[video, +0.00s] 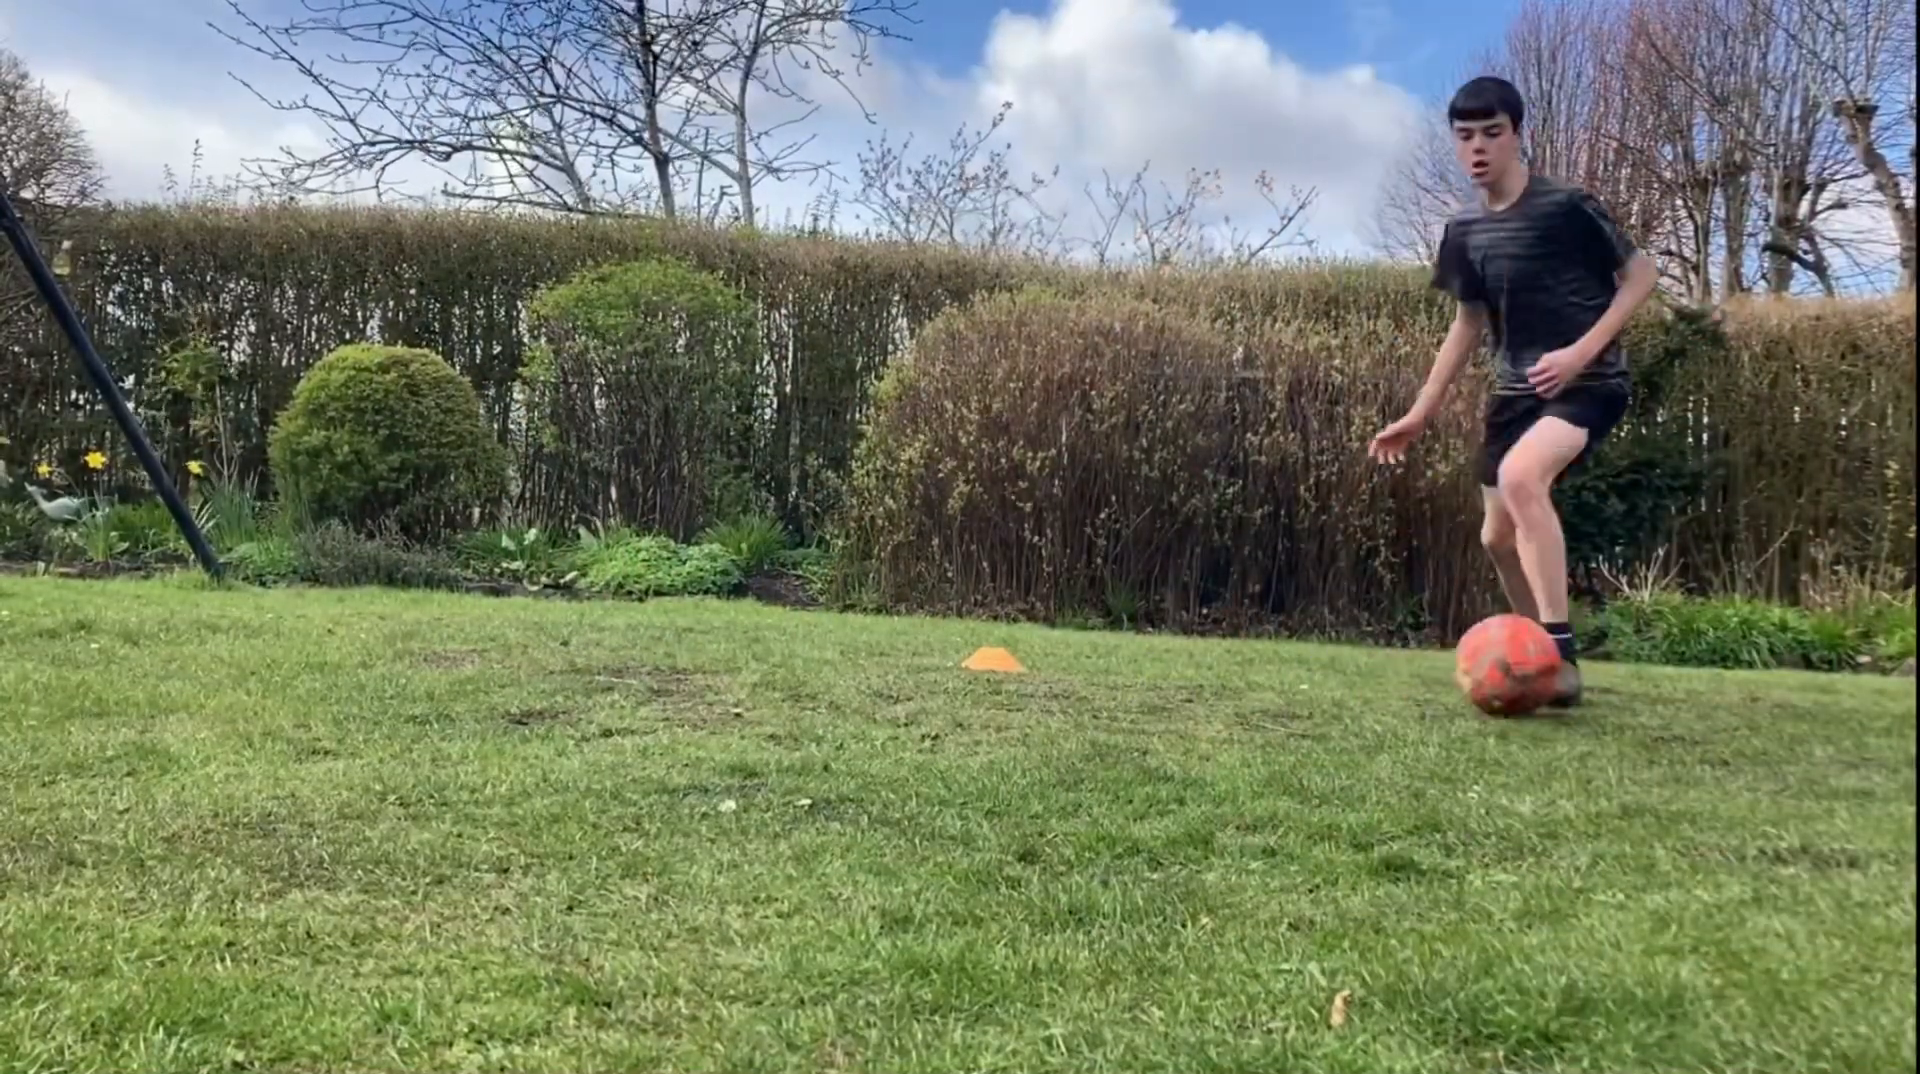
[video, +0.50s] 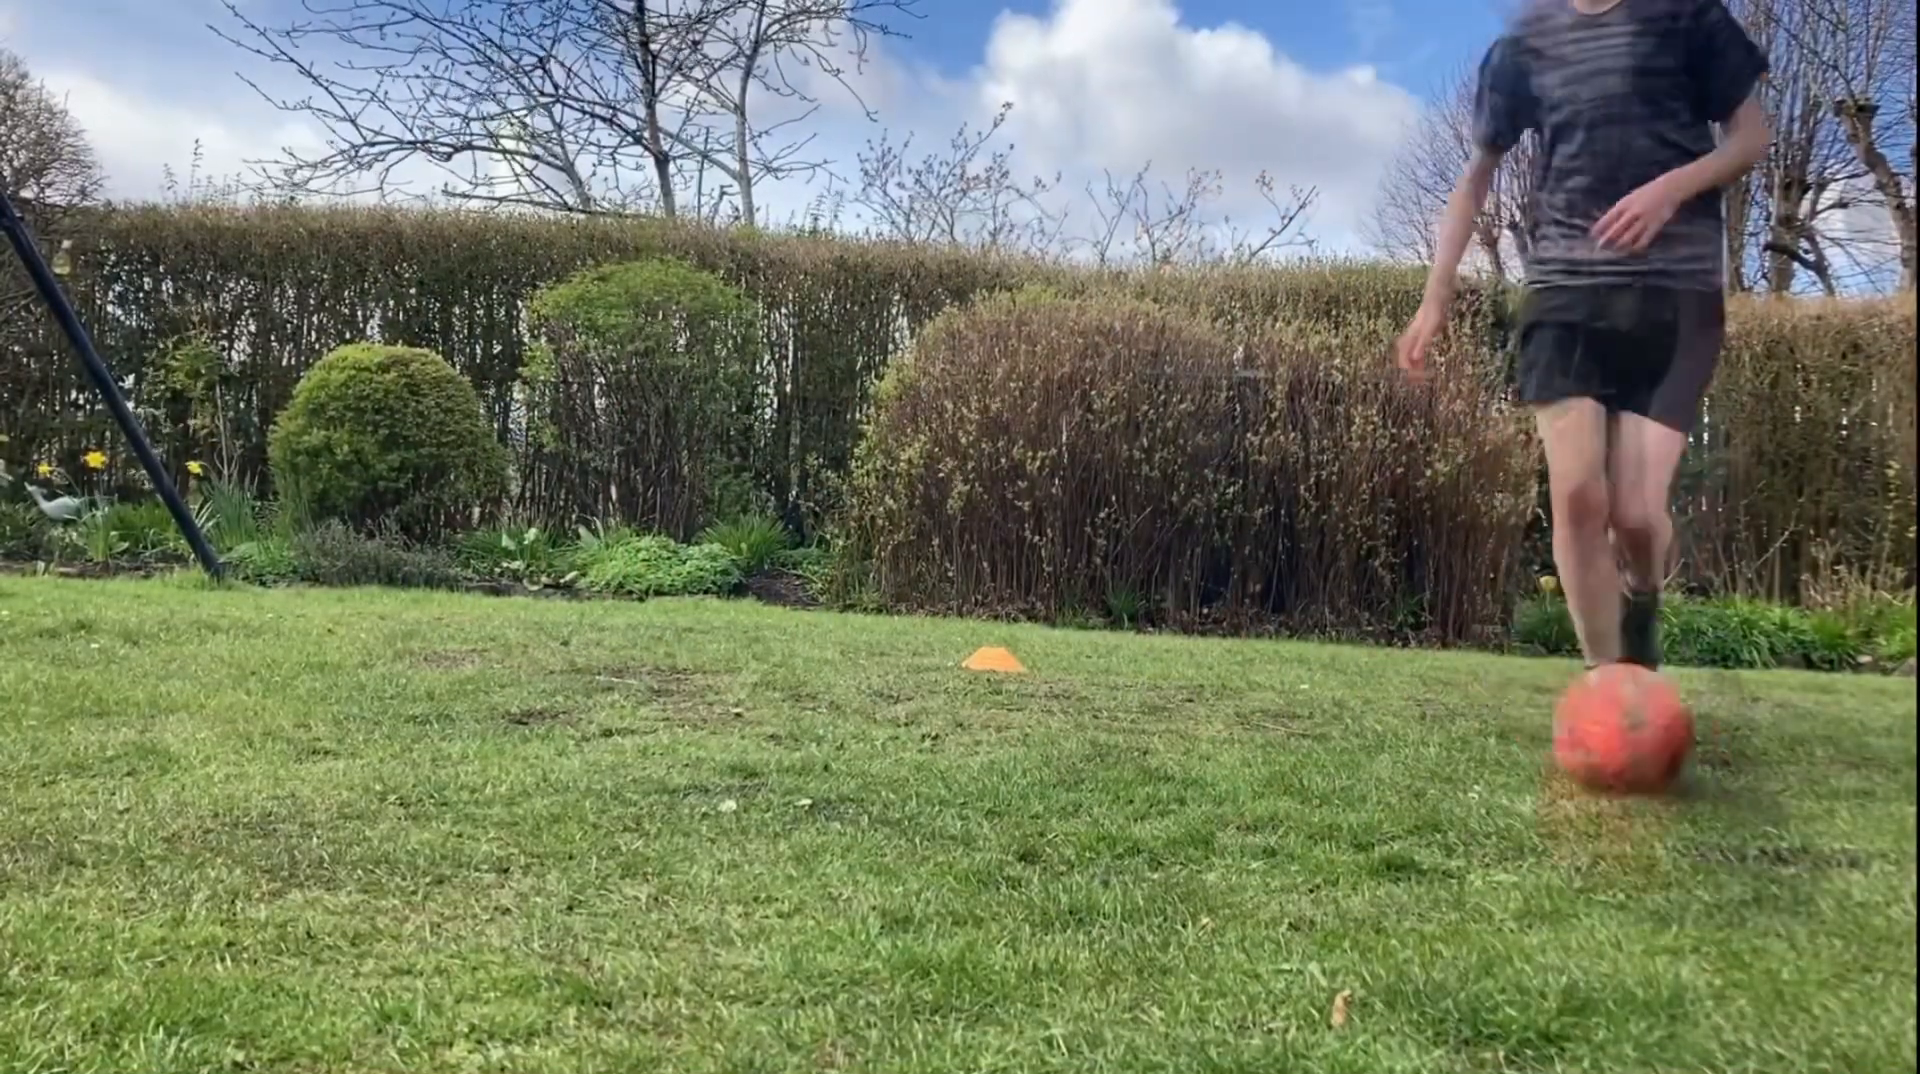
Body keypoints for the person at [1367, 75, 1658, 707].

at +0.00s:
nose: (1477, 147)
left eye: (1490, 133)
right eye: (1465, 136)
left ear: (1518, 136)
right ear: (1455, 146)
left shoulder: (1567, 205)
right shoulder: (1463, 233)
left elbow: (1642, 274)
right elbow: (1467, 325)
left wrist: (1581, 351)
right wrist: (1420, 413)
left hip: (1587, 382)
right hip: (1515, 395)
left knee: (1521, 477)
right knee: (1497, 536)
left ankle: (1559, 649)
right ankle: (1545, 652)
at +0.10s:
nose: (1519, 99)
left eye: (1533, 85)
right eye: (1506, 86)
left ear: (1558, 91)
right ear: (1490, 95)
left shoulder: (1601, 173)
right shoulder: (1477, 191)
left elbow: (1671, 258)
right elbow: (1473, 291)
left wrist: (1606, 314)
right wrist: (1435, 392)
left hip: (1597, 378)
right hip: (1514, 384)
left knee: (1556, 511)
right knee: (1508, 545)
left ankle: (1565, 658)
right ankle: (1516, 622)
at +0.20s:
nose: (1546, 70)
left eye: (1561, 56)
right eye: (1533, 56)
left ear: (1586, 61)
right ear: (1516, 64)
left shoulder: (1628, 150)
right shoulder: (1493, 165)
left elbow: (1695, 254)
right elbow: (1476, 277)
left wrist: (1614, 277)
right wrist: (1435, 368)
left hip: (1609, 372)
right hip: (1517, 375)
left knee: (1566, 529)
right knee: (1498, 547)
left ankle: (1562, 661)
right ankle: (1504, 592)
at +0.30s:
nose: (1561, 18)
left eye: (1578, 4)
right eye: (1548, 4)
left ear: (1603, 13)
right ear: (1532, 14)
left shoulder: (1646, 99)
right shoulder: (1508, 120)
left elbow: (1720, 206)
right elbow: (1489, 227)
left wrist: (1617, 230)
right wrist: (1433, 325)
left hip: (1623, 340)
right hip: (1529, 333)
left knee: (1573, 521)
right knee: (1515, 488)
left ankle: (1563, 654)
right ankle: (1529, 630)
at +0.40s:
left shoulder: (1660, 31)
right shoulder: (1518, 61)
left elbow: (1735, 149)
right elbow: (1491, 188)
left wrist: (1633, 207)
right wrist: (1438, 298)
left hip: (1645, 294)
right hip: (1547, 289)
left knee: (1592, 490)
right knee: (1550, 464)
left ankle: (1602, 611)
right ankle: (1579, 664)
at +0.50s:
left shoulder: (1688, 18)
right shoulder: (1522, 44)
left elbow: (1754, 133)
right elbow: (1475, 179)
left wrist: (1672, 187)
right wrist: (1433, 301)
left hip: (1676, 290)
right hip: (1562, 291)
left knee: (1636, 514)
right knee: (1577, 498)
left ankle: (1642, 610)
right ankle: (1608, 691)